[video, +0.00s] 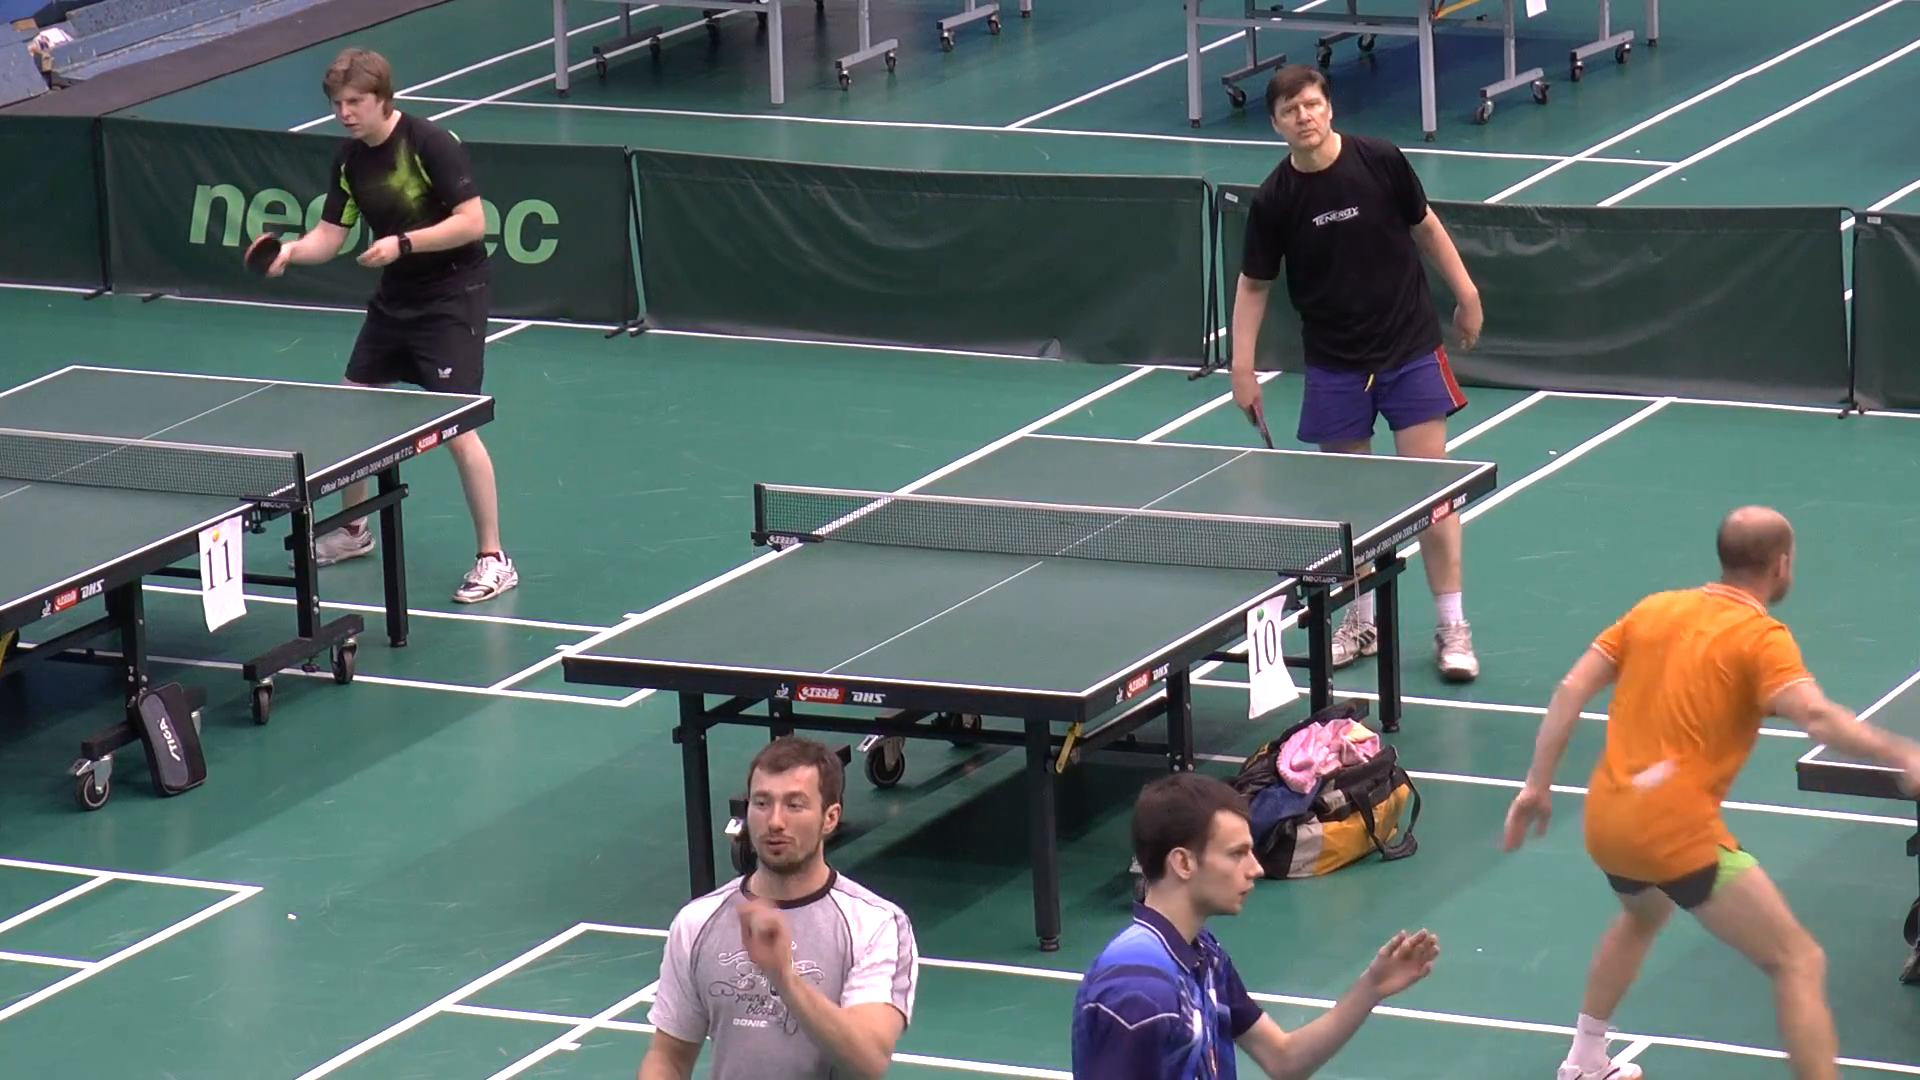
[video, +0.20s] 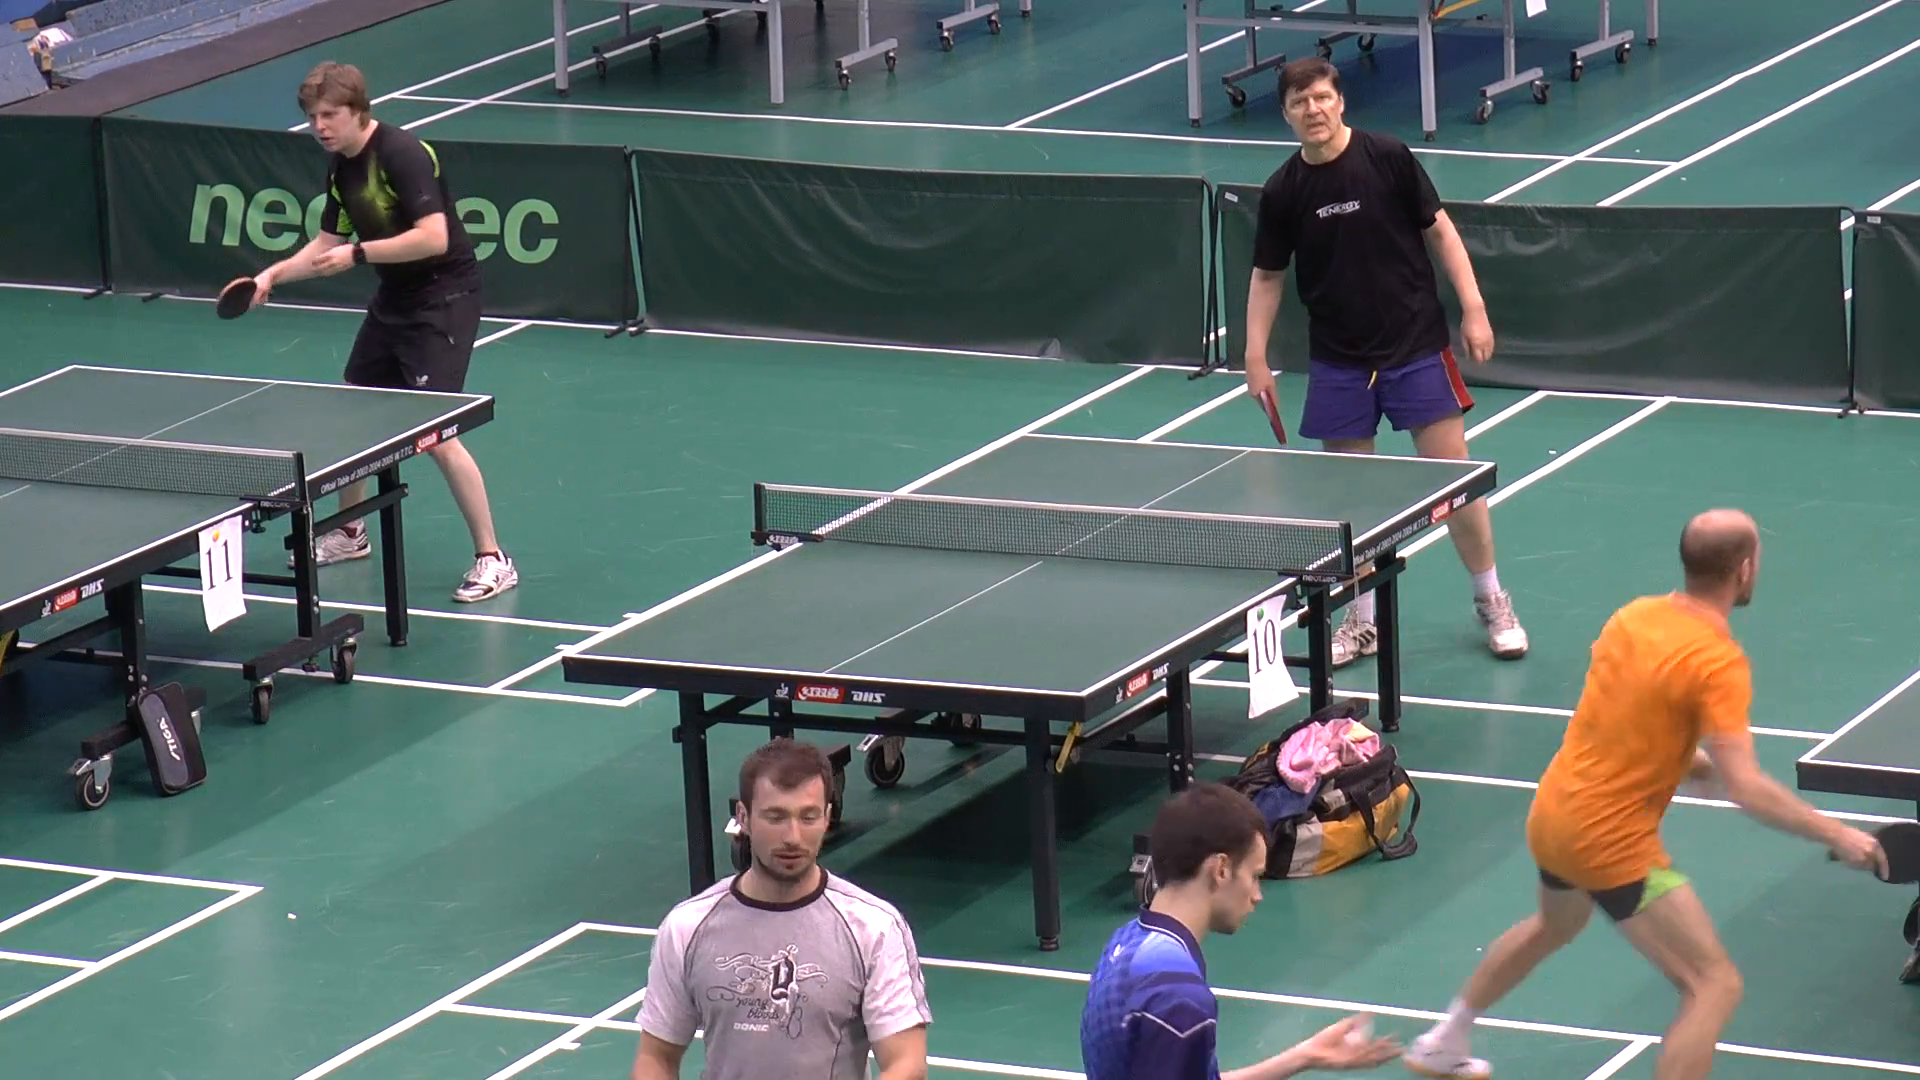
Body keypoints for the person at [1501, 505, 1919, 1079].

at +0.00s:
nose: (1792, 568)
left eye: (1791, 558)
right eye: (1791, 558)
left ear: (1724, 559)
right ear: (1779, 565)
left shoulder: (1653, 609)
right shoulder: (1763, 636)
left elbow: (1570, 689)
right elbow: (1812, 714)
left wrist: (1537, 784)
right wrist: (1903, 753)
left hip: (1607, 825)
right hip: (1678, 836)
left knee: (1642, 913)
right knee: (1797, 960)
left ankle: (1584, 1058)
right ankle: (1820, 1071)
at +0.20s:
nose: (1759, 561)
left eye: (1755, 551)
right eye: (1757, 552)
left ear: (1688, 561)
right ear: (1743, 569)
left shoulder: (1633, 615)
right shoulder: (1717, 658)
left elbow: (1616, 725)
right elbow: (1745, 786)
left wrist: (1707, 772)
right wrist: (1835, 833)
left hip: (1552, 814)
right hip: (1611, 842)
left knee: (1555, 922)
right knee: (1714, 984)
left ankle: (1443, 1040)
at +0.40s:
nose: (1736, 598)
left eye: (1736, 587)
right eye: (1735, 588)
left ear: (1670, 587)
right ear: (1719, 601)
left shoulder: (1620, 626)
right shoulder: (1663, 689)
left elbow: (1638, 711)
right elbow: (1694, 811)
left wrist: (1723, 737)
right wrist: (1746, 832)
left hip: (1516, 815)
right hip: (1560, 844)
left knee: (1517, 940)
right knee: (1682, 980)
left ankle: (1416, 1056)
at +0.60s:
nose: (1742, 583)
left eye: (1744, 571)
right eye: (1742, 572)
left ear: (1670, 566)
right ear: (1726, 580)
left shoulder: (1597, 615)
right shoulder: (1732, 668)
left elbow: (1511, 670)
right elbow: (1848, 696)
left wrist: (1576, 653)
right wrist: (1858, 667)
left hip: (1526, 818)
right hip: (1597, 847)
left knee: (1493, 931)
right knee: (1701, 988)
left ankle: (1443, 1046)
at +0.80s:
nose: (1731, 545)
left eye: (1726, 535)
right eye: (1729, 537)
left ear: (1658, 548)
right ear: (1719, 551)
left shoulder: (1593, 604)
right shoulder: (1738, 643)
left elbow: (1495, 680)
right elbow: (1845, 706)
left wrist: (1484, 721)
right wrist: (1821, 674)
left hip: (1547, 826)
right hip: (1630, 844)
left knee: (1532, 953)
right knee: (1731, 981)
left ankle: (1487, 1072)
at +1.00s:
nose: (1709, 600)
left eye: (1706, 590)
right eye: (1707, 592)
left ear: (1635, 606)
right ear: (1696, 608)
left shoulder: (1583, 679)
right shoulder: (1729, 700)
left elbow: (1502, 774)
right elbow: (1818, 792)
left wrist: (1510, 816)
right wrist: (1773, 790)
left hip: (1582, 902)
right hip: (1673, 911)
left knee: (1538, 976)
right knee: (1755, 1054)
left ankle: (1491, 1074)